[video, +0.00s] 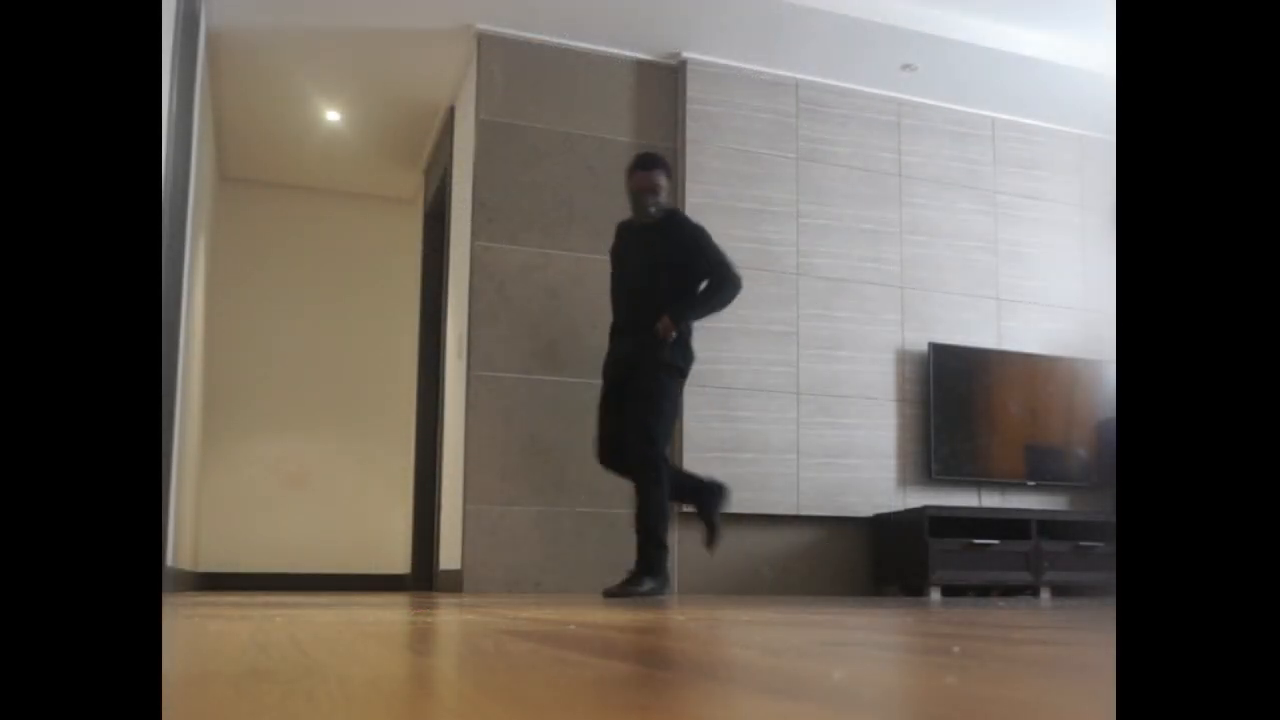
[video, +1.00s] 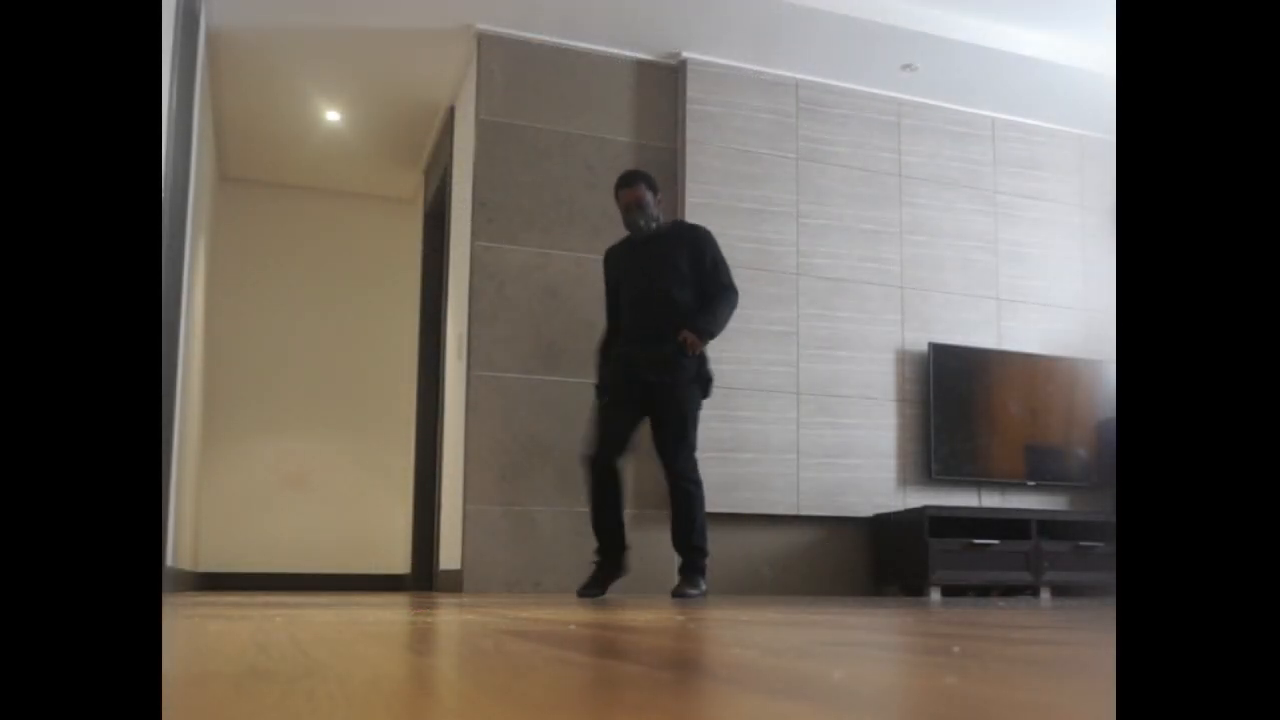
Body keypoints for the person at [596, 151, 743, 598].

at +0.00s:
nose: (648, 198)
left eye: (656, 190)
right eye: (640, 191)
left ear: (669, 189)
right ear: (628, 192)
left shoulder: (681, 231)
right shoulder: (625, 235)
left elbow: (728, 282)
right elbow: (624, 293)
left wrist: (680, 316)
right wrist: (620, 338)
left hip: (662, 359)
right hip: (624, 356)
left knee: (649, 458)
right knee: (613, 453)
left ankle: (652, 571)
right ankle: (703, 492)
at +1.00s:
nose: (634, 214)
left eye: (640, 205)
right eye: (626, 208)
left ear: (657, 201)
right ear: (618, 211)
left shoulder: (692, 239)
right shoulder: (617, 256)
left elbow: (725, 293)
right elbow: (616, 321)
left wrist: (702, 330)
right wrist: (606, 371)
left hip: (676, 372)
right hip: (626, 375)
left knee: (679, 465)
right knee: (601, 459)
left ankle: (693, 570)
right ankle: (610, 559)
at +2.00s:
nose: (568, 212)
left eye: (572, 206)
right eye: (558, 207)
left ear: (580, 212)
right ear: (539, 214)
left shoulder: (599, 252)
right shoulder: (523, 248)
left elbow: (604, 285)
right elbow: (508, 292)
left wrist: (594, 308)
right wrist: (505, 283)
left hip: (602, 384)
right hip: (546, 388)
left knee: (647, 470)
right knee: (520, 479)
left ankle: (686, 564)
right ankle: (503, 573)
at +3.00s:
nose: (614, 191)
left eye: (620, 184)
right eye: (606, 187)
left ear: (637, 188)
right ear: (598, 197)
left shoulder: (669, 243)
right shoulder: (586, 243)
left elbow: (717, 297)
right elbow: (545, 280)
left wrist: (786, 323)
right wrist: (515, 306)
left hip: (654, 368)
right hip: (598, 363)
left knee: (663, 468)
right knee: (548, 442)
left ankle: (664, 571)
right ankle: (544, 555)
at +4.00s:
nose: (620, 193)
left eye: (629, 189)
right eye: (614, 185)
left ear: (640, 198)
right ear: (601, 187)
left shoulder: (655, 233)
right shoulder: (575, 238)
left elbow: (693, 288)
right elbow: (541, 287)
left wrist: (734, 341)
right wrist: (485, 305)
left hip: (649, 374)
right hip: (595, 375)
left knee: (660, 458)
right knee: (582, 466)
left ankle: (701, 562)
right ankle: (553, 574)